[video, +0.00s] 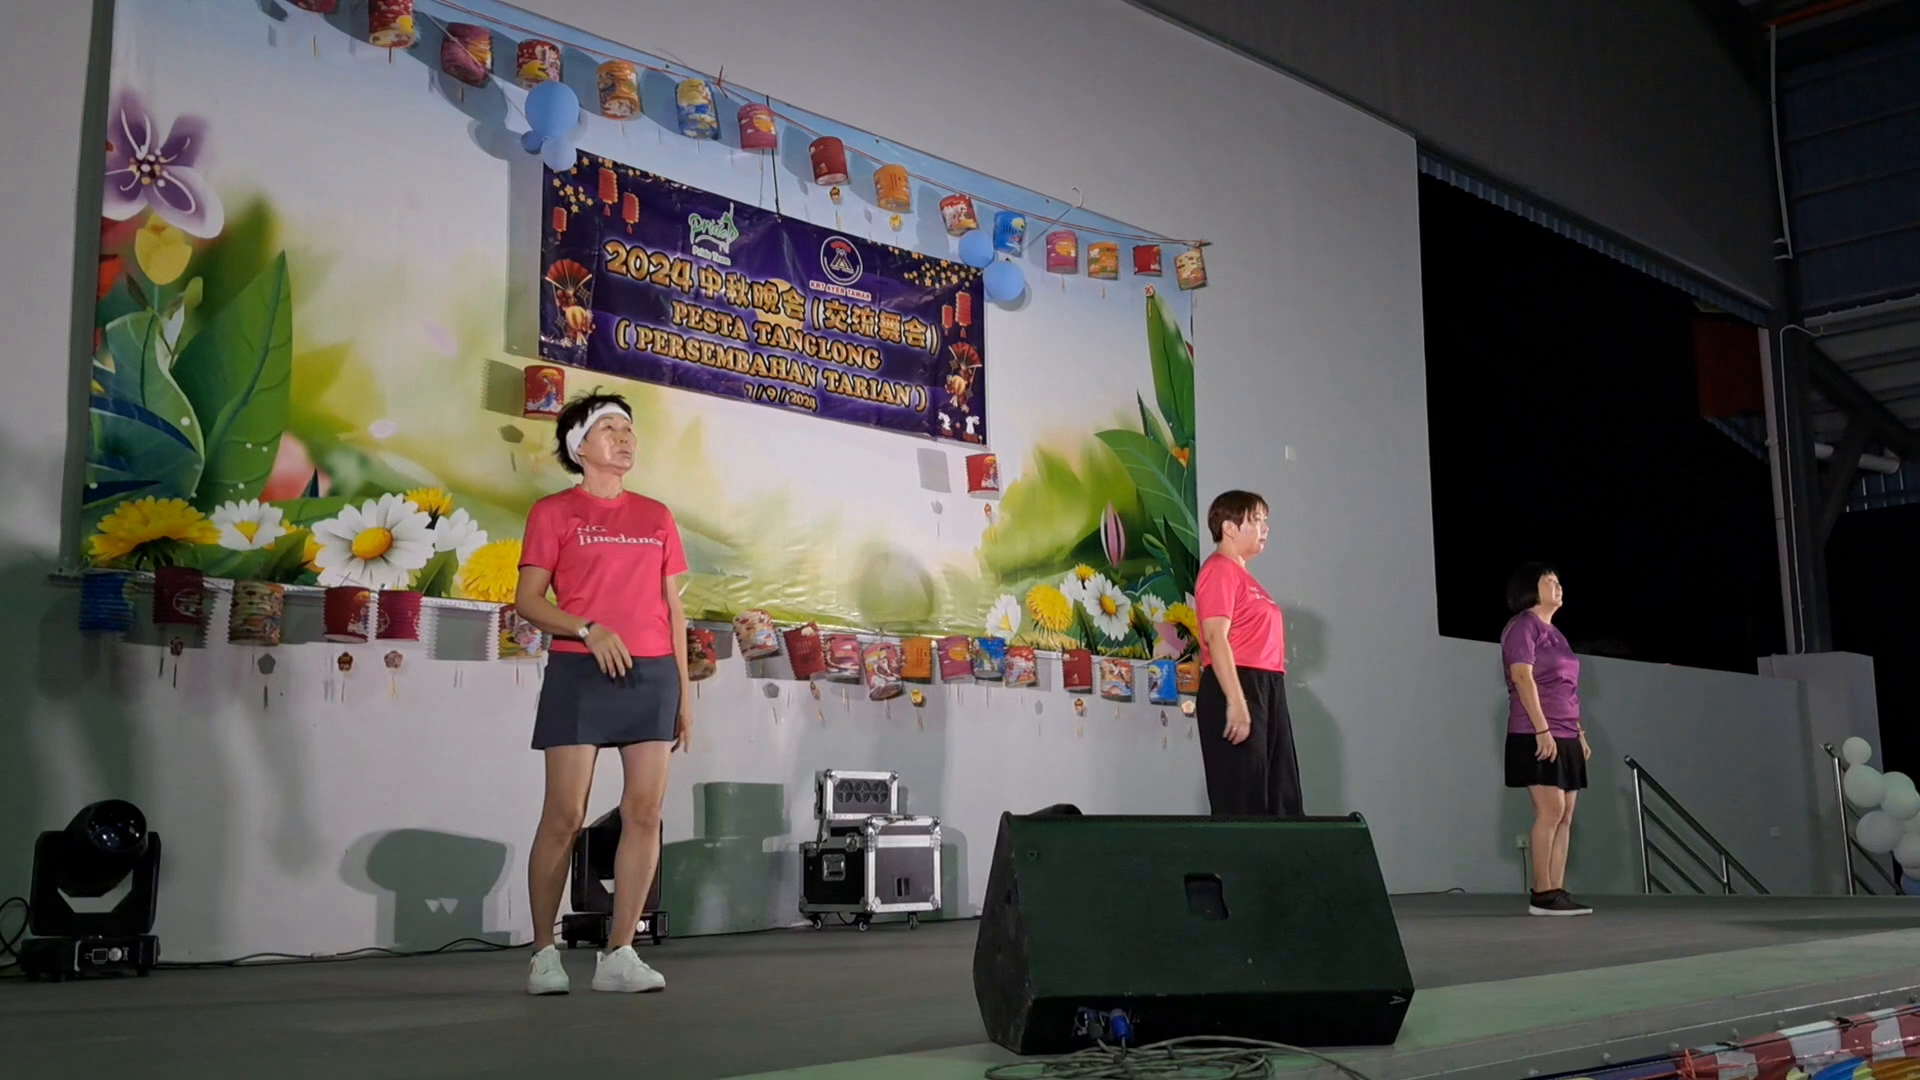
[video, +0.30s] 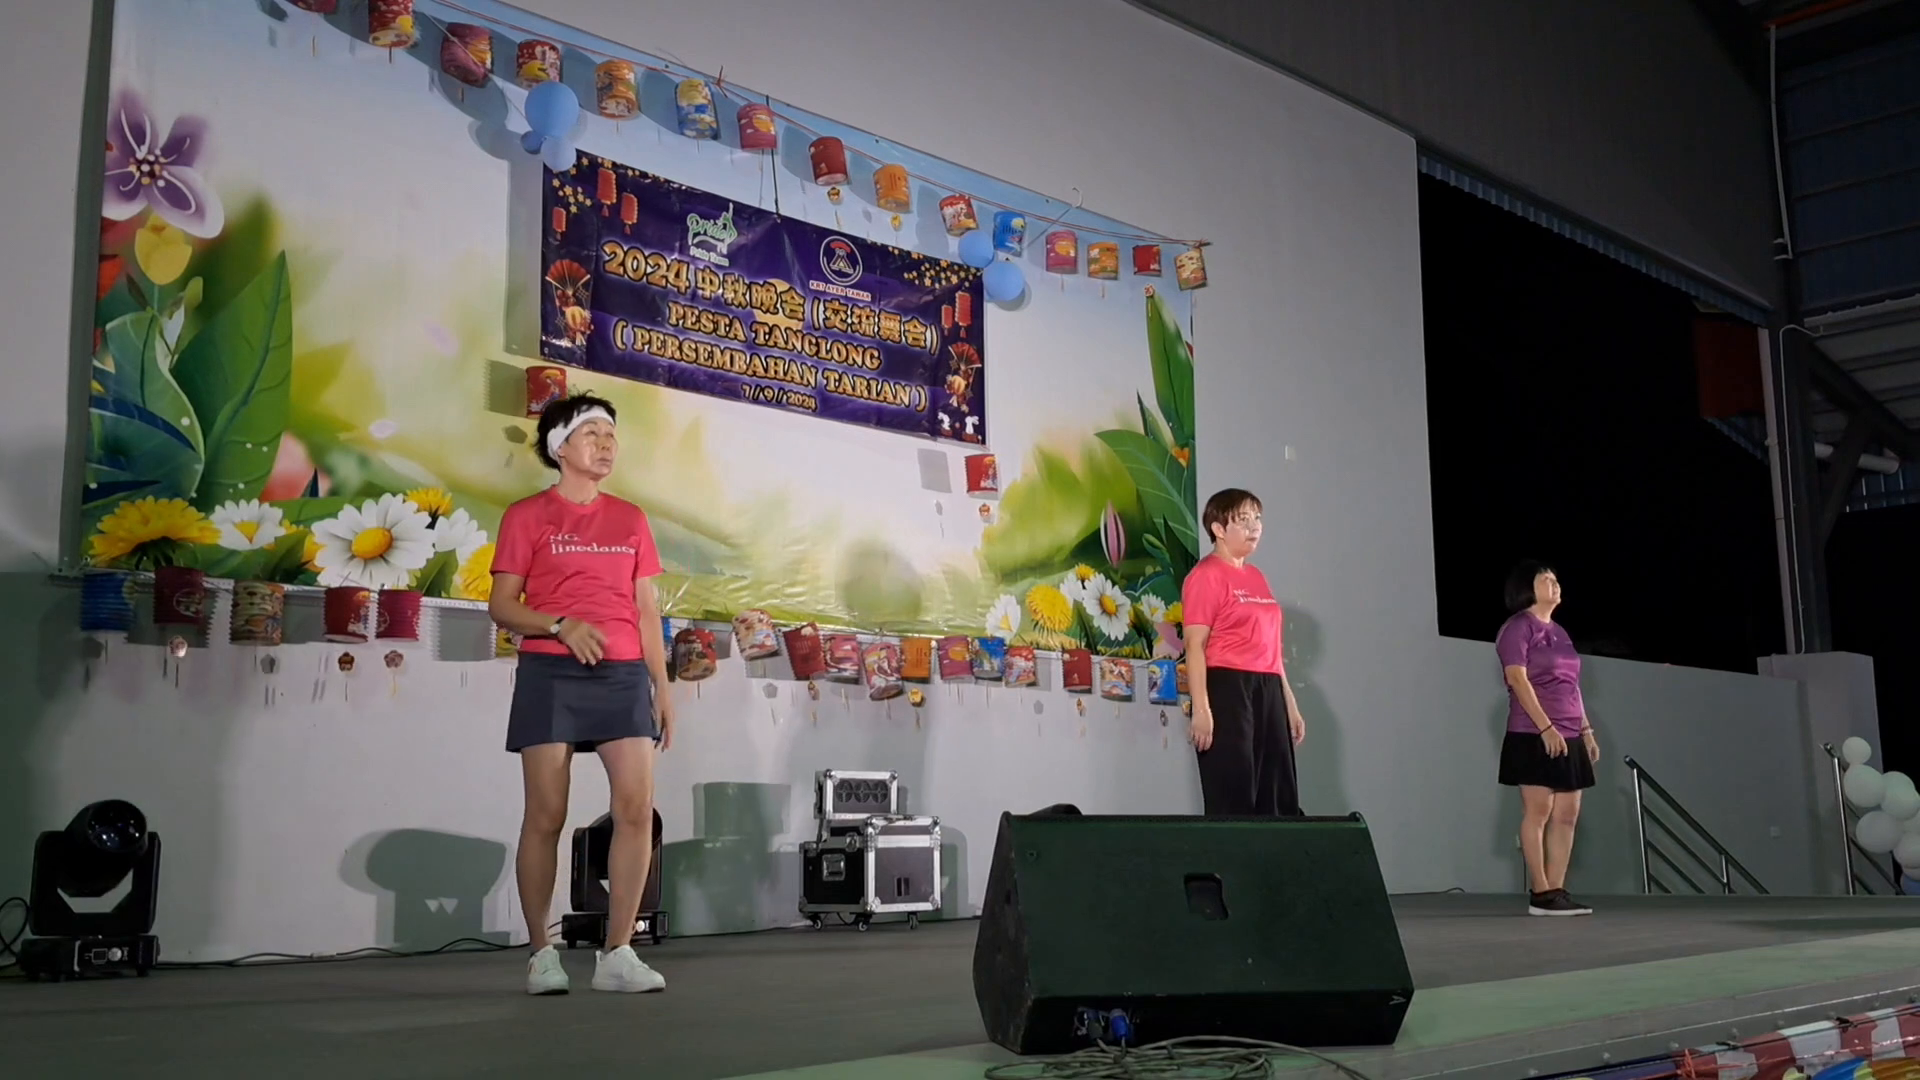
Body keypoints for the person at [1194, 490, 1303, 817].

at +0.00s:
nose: (1265, 530)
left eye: (1265, 522)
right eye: (1257, 521)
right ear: (1229, 527)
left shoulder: (1240, 572)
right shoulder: (1221, 569)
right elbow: (1215, 637)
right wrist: (1236, 701)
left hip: (1268, 687)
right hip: (1240, 687)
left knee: (1282, 792)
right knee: (1243, 797)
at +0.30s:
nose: (1255, 527)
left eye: (1257, 519)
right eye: (1244, 520)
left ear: (1262, 525)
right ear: (1218, 529)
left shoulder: (1257, 577)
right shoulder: (1205, 576)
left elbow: (1272, 651)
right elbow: (1194, 646)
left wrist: (1290, 705)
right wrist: (1200, 708)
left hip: (1270, 692)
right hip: (1228, 690)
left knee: (1277, 792)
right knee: (1234, 796)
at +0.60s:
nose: (1245, 522)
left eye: (1248, 515)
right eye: (1233, 516)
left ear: (1253, 521)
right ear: (1209, 529)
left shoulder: (1260, 575)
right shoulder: (1199, 578)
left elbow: (1275, 640)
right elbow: (1189, 649)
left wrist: (1297, 694)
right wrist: (1194, 714)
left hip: (1268, 695)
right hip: (1224, 692)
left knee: (1279, 797)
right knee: (1227, 799)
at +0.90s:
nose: (1248, 524)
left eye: (1251, 517)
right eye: (1237, 517)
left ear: (1256, 523)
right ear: (1212, 527)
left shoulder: (1253, 572)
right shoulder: (1202, 578)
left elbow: (1270, 642)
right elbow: (1193, 649)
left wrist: (1297, 694)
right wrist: (1202, 713)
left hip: (1270, 695)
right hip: (1228, 694)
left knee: (1283, 798)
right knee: (1231, 803)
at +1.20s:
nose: (1256, 526)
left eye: (1258, 518)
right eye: (1245, 518)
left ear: (1263, 523)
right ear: (1220, 526)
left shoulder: (1248, 571)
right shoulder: (1212, 575)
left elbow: (1257, 642)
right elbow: (1209, 648)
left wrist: (1276, 708)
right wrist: (1227, 711)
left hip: (1271, 691)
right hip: (1235, 691)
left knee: (1283, 798)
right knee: (1236, 802)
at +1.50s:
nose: (1261, 524)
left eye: (1263, 517)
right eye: (1251, 517)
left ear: (1267, 521)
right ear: (1226, 525)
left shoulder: (1244, 570)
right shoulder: (1226, 570)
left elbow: (1249, 641)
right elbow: (1226, 640)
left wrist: (1275, 704)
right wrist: (1249, 705)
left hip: (1270, 686)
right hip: (1240, 685)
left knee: (1283, 796)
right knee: (1244, 798)